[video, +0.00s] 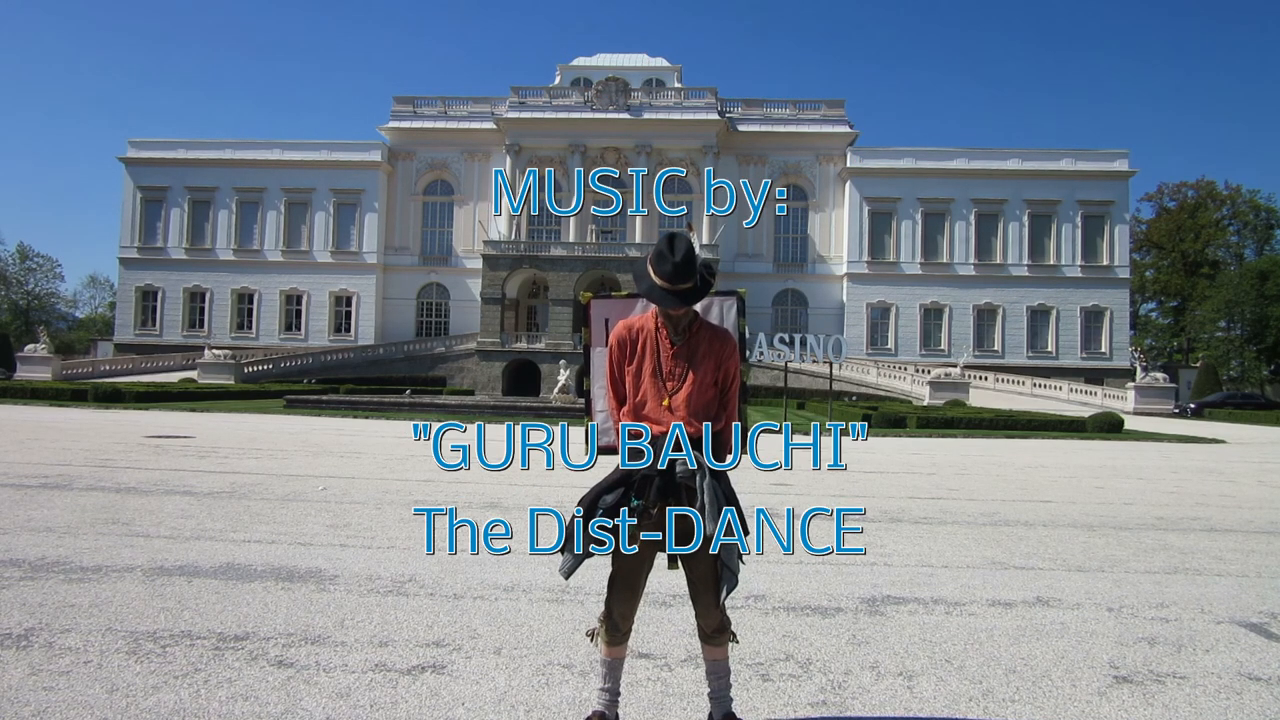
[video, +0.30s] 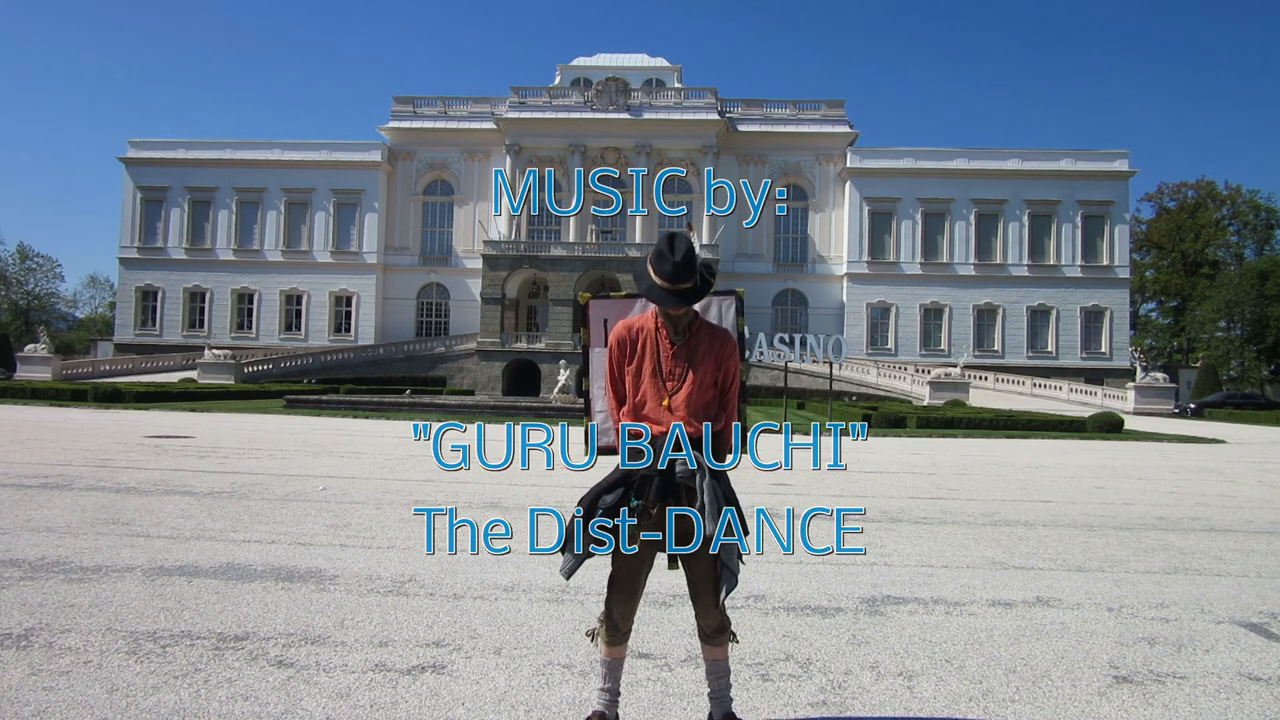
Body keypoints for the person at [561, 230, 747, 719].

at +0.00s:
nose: (676, 308)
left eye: (684, 299)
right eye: (667, 299)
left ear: (697, 293)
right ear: (653, 291)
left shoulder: (723, 344)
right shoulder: (626, 336)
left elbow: (729, 422)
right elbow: (618, 411)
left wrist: (705, 460)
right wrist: (641, 447)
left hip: (699, 489)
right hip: (640, 486)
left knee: (710, 603)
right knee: (621, 599)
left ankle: (721, 705)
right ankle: (608, 700)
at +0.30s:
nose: (676, 307)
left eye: (684, 298)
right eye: (667, 299)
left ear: (698, 291)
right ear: (652, 290)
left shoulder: (722, 344)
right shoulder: (626, 336)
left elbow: (728, 423)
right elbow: (617, 413)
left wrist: (700, 452)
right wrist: (643, 446)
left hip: (698, 489)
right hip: (640, 487)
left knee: (710, 603)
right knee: (621, 600)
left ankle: (721, 706)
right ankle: (608, 700)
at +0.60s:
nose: (676, 308)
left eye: (685, 299)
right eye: (668, 299)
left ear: (698, 292)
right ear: (653, 290)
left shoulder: (722, 343)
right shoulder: (625, 336)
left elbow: (727, 427)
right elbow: (616, 416)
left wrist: (691, 443)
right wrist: (654, 440)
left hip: (698, 490)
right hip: (640, 487)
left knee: (709, 604)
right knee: (621, 602)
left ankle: (721, 704)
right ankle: (607, 701)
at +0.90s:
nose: (677, 307)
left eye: (685, 298)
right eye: (668, 299)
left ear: (698, 293)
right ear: (653, 290)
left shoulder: (722, 343)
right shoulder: (625, 336)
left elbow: (726, 425)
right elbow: (618, 415)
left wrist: (698, 469)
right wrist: (655, 457)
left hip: (699, 488)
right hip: (640, 485)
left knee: (709, 605)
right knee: (620, 603)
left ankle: (721, 705)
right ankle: (607, 701)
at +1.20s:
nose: (677, 307)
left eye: (685, 298)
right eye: (668, 298)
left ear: (698, 292)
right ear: (653, 290)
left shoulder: (722, 343)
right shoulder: (625, 336)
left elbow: (726, 425)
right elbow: (618, 416)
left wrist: (698, 468)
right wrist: (655, 457)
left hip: (699, 488)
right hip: (640, 485)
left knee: (710, 605)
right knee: (620, 604)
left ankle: (721, 705)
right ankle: (607, 701)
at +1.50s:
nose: (677, 308)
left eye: (685, 300)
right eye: (668, 300)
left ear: (698, 293)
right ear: (653, 291)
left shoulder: (721, 344)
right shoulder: (624, 336)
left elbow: (729, 426)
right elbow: (617, 416)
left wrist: (718, 490)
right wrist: (643, 465)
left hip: (699, 490)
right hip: (639, 488)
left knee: (709, 606)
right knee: (620, 604)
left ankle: (721, 705)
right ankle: (607, 701)